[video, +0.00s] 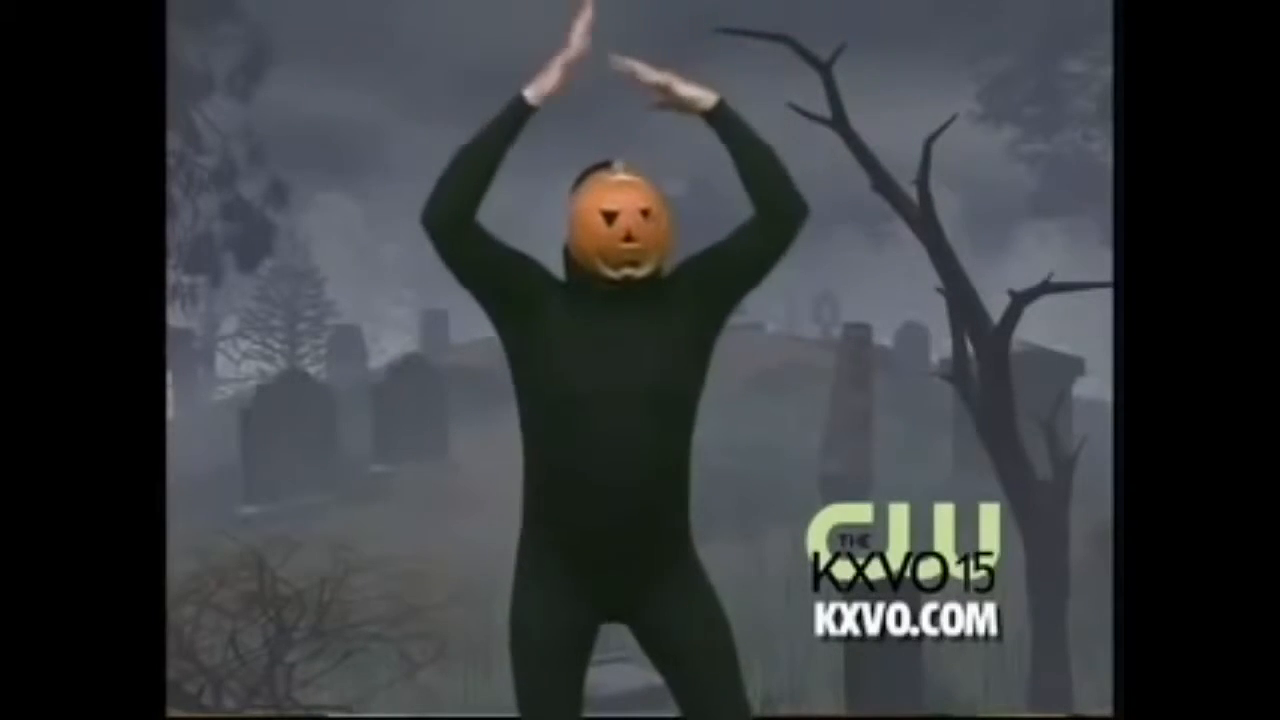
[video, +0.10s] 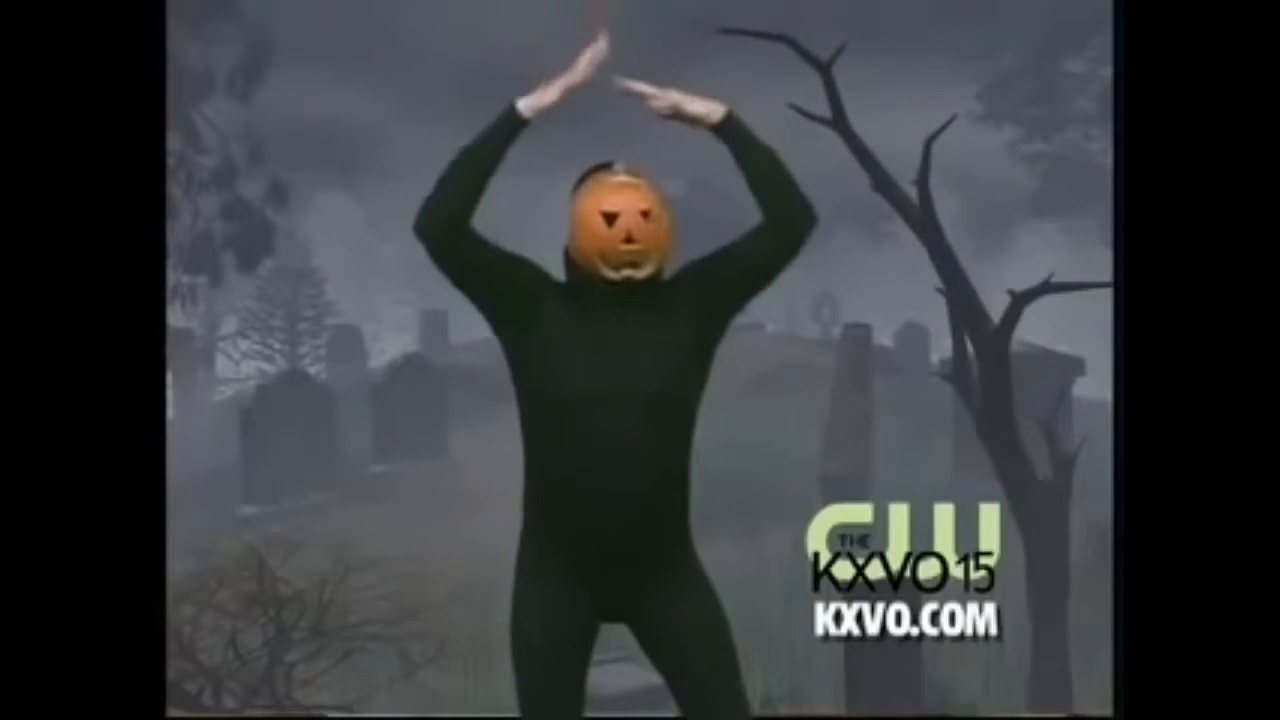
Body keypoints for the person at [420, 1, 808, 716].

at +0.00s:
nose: (627, 216)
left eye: (644, 206)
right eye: (603, 204)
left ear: (667, 236)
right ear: (570, 235)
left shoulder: (692, 301)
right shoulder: (529, 303)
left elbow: (783, 213)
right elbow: (446, 218)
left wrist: (713, 108)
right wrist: (534, 96)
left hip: (664, 568)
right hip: (555, 571)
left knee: (726, 711)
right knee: (546, 711)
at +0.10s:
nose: (627, 224)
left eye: (644, 213)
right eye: (605, 213)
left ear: (668, 236)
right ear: (573, 239)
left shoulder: (694, 305)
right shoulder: (530, 305)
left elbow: (792, 220)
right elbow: (439, 225)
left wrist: (724, 121)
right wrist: (527, 108)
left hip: (664, 569)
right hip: (555, 572)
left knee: (724, 710)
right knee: (547, 711)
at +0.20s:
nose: (630, 225)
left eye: (645, 214)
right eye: (609, 215)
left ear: (669, 235)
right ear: (574, 238)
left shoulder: (696, 307)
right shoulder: (528, 307)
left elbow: (800, 227)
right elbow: (430, 233)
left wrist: (737, 131)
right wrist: (505, 127)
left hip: (665, 571)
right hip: (556, 573)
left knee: (723, 710)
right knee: (549, 711)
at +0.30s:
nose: (629, 228)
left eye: (645, 215)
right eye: (607, 215)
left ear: (668, 238)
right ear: (574, 239)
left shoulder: (697, 309)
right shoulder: (526, 309)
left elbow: (807, 234)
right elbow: (421, 245)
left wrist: (751, 142)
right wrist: (488, 138)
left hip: (665, 572)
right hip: (557, 575)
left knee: (723, 709)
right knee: (550, 710)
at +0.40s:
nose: (628, 229)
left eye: (644, 219)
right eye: (607, 218)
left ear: (668, 240)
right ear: (573, 240)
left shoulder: (698, 309)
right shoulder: (524, 312)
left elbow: (811, 240)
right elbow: (414, 254)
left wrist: (765, 147)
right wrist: (471, 148)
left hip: (665, 572)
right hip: (557, 576)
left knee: (722, 709)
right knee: (550, 711)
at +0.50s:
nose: (629, 232)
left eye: (644, 219)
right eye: (608, 220)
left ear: (667, 238)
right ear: (573, 241)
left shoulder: (699, 310)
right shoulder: (522, 314)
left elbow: (813, 248)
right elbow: (407, 263)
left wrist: (779, 155)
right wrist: (456, 154)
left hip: (665, 573)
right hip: (557, 578)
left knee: (722, 709)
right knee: (551, 711)